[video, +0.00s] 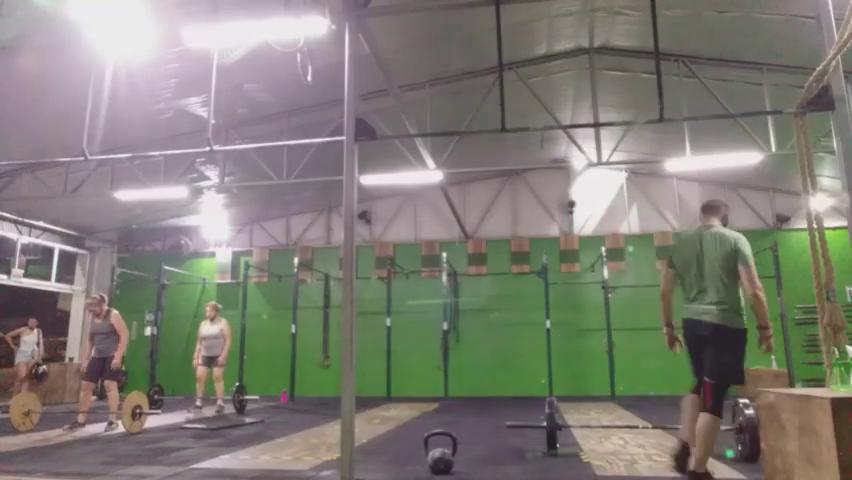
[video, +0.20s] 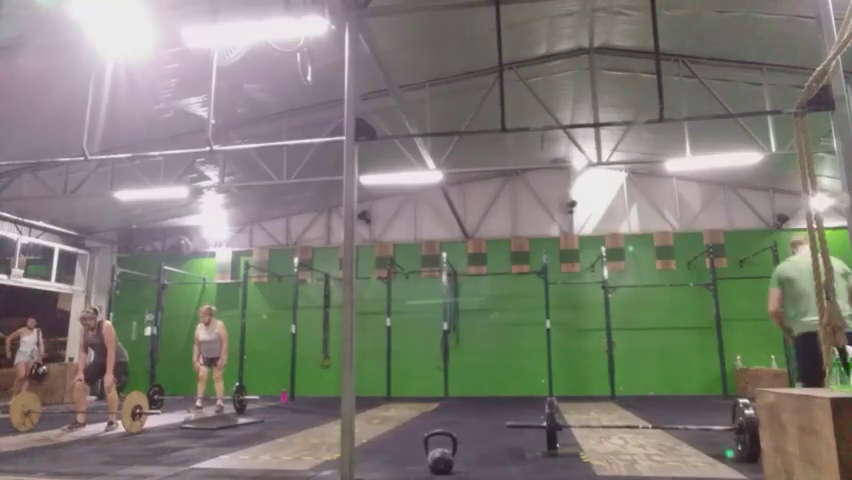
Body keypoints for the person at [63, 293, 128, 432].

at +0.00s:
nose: (93, 312)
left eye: (95, 309)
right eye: (91, 310)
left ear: (102, 305)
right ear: (90, 308)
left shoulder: (113, 315)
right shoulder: (92, 318)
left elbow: (124, 335)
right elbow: (90, 340)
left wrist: (118, 356)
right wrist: (85, 359)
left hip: (111, 356)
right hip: (96, 356)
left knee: (110, 385)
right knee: (86, 385)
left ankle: (112, 420)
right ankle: (81, 419)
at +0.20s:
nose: (88, 327)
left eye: (90, 324)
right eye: (85, 325)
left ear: (96, 319)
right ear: (82, 322)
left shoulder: (106, 326)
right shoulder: (85, 330)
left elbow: (111, 350)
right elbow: (83, 351)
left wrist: (109, 373)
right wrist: (80, 372)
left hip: (117, 361)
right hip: (100, 361)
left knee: (108, 384)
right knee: (79, 384)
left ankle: (112, 420)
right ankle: (80, 420)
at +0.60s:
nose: (82, 322)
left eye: (85, 319)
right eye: (80, 319)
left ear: (94, 320)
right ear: (79, 321)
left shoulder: (104, 331)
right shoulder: (82, 334)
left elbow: (107, 355)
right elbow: (80, 356)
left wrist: (107, 377)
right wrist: (76, 377)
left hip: (118, 361)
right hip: (101, 361)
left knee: (108, 385)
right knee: (81, 384)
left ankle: (112, 421)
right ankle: (80, 420)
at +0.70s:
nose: (81, 321)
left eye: (85, 319)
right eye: (80, 319)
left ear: (93, 320)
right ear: (78, 321)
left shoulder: (103, 331)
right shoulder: (81, 334)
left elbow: (107, 356)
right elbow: (79, 356)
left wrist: (107, 378)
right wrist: (76, 377)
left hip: (117, 361)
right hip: (100, 361)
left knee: (108, 385)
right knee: (81, 385)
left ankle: (112, 420)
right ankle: (80, 420)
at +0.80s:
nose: (82, 323)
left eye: (86, 320)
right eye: (81, 320)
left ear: (93, 321)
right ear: (79, 321)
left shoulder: (104, 331)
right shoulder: (83, 334)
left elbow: (108, 355)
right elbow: (80, 355)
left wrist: (107, 378)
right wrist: (77, 376)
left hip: (118, 360)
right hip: (101, 360)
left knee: (108, 385)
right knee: (81, 384)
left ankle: (112, 420)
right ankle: (80, 420)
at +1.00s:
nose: (82, 332)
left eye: (83, 329)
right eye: (80, 330)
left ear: (91, 325)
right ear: (80, 329)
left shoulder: (105, 333)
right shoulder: (84, 336)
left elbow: (111, 357)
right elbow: (80, 357)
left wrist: (111, 379)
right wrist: (74, 379)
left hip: (119, 360)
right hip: (102, 361)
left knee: (109, 387)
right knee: (81, 385)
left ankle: (112, 421)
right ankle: (80, 420)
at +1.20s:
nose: (80, 355)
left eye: (82, 351)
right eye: (78, 353)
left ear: (89, 345)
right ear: (77, 350)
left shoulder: (102, 349)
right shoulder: (81, 353)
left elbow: (106, 376)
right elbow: (72, 377)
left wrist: (107, 400)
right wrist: (60, 400)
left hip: (121, 365)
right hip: (102, 366)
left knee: (110, 385)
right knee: (81, 385)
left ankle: (112, 421)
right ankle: (80, 421)